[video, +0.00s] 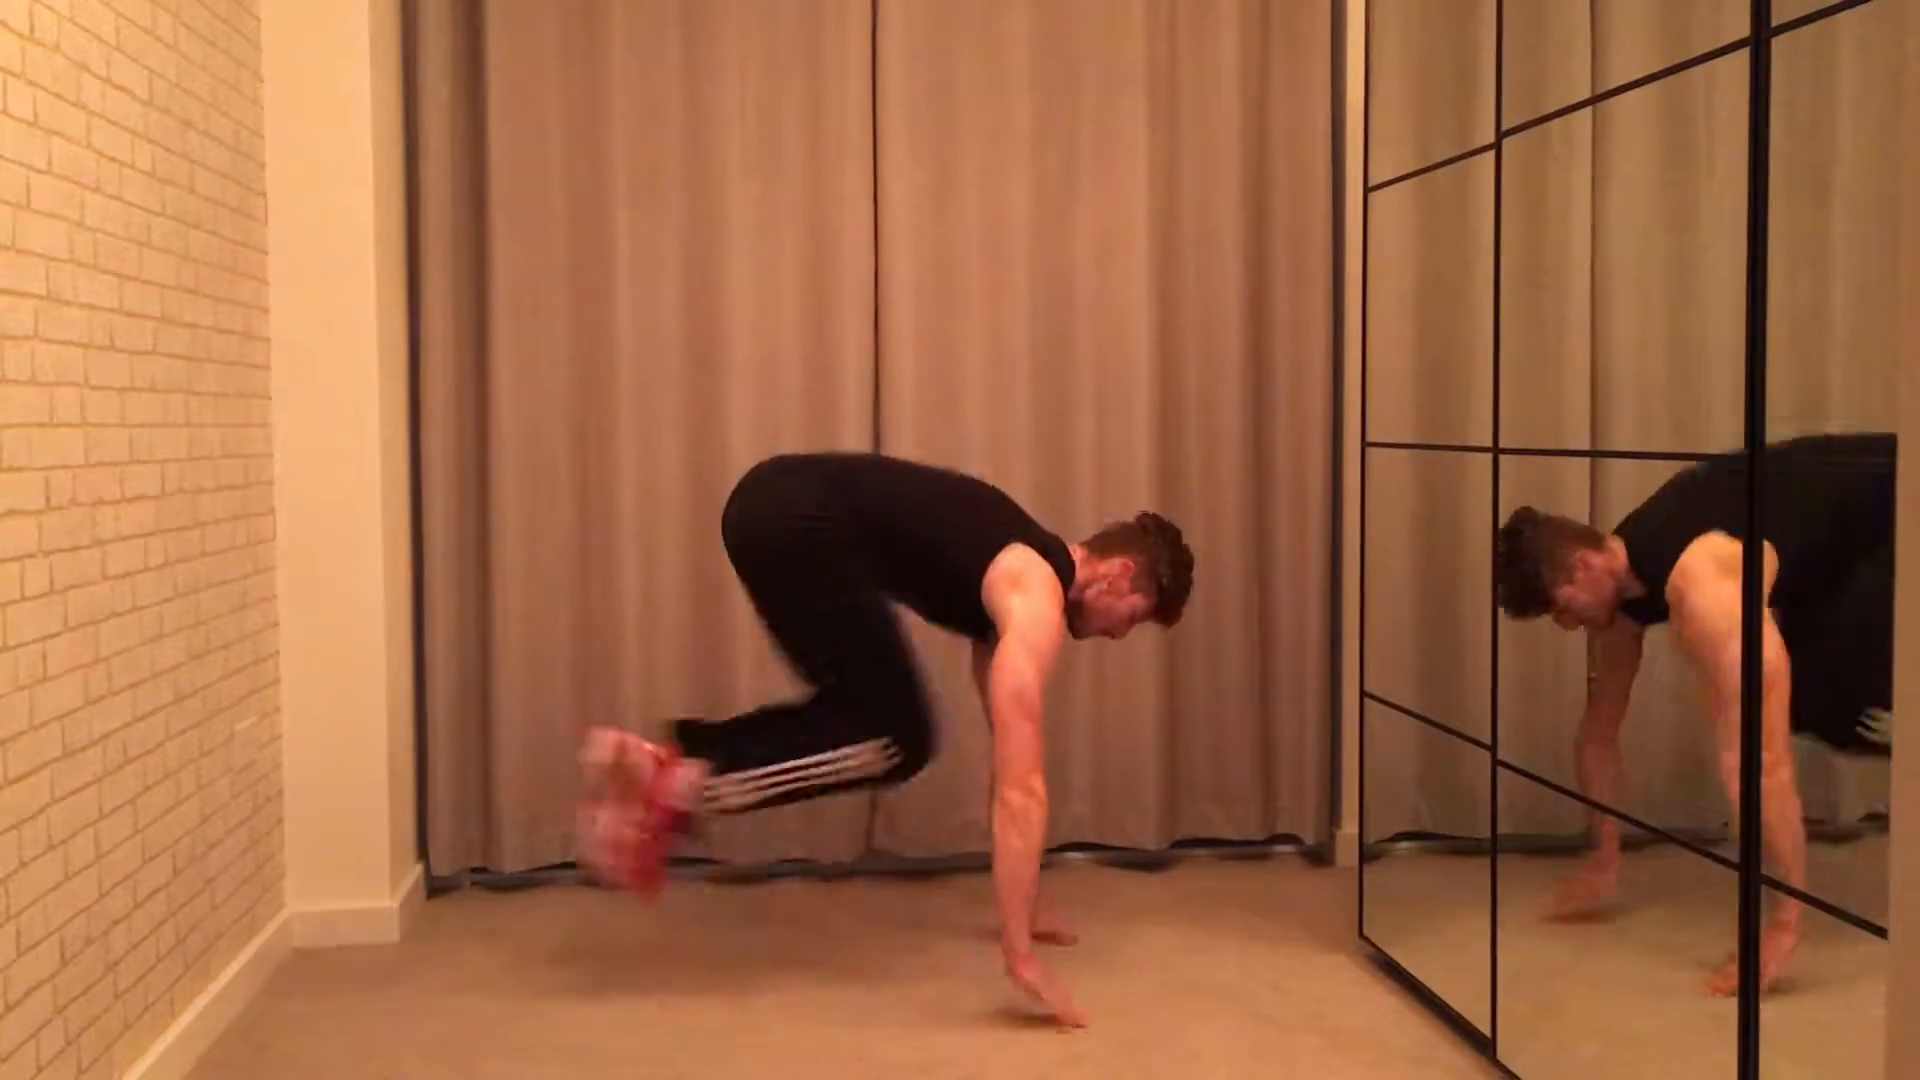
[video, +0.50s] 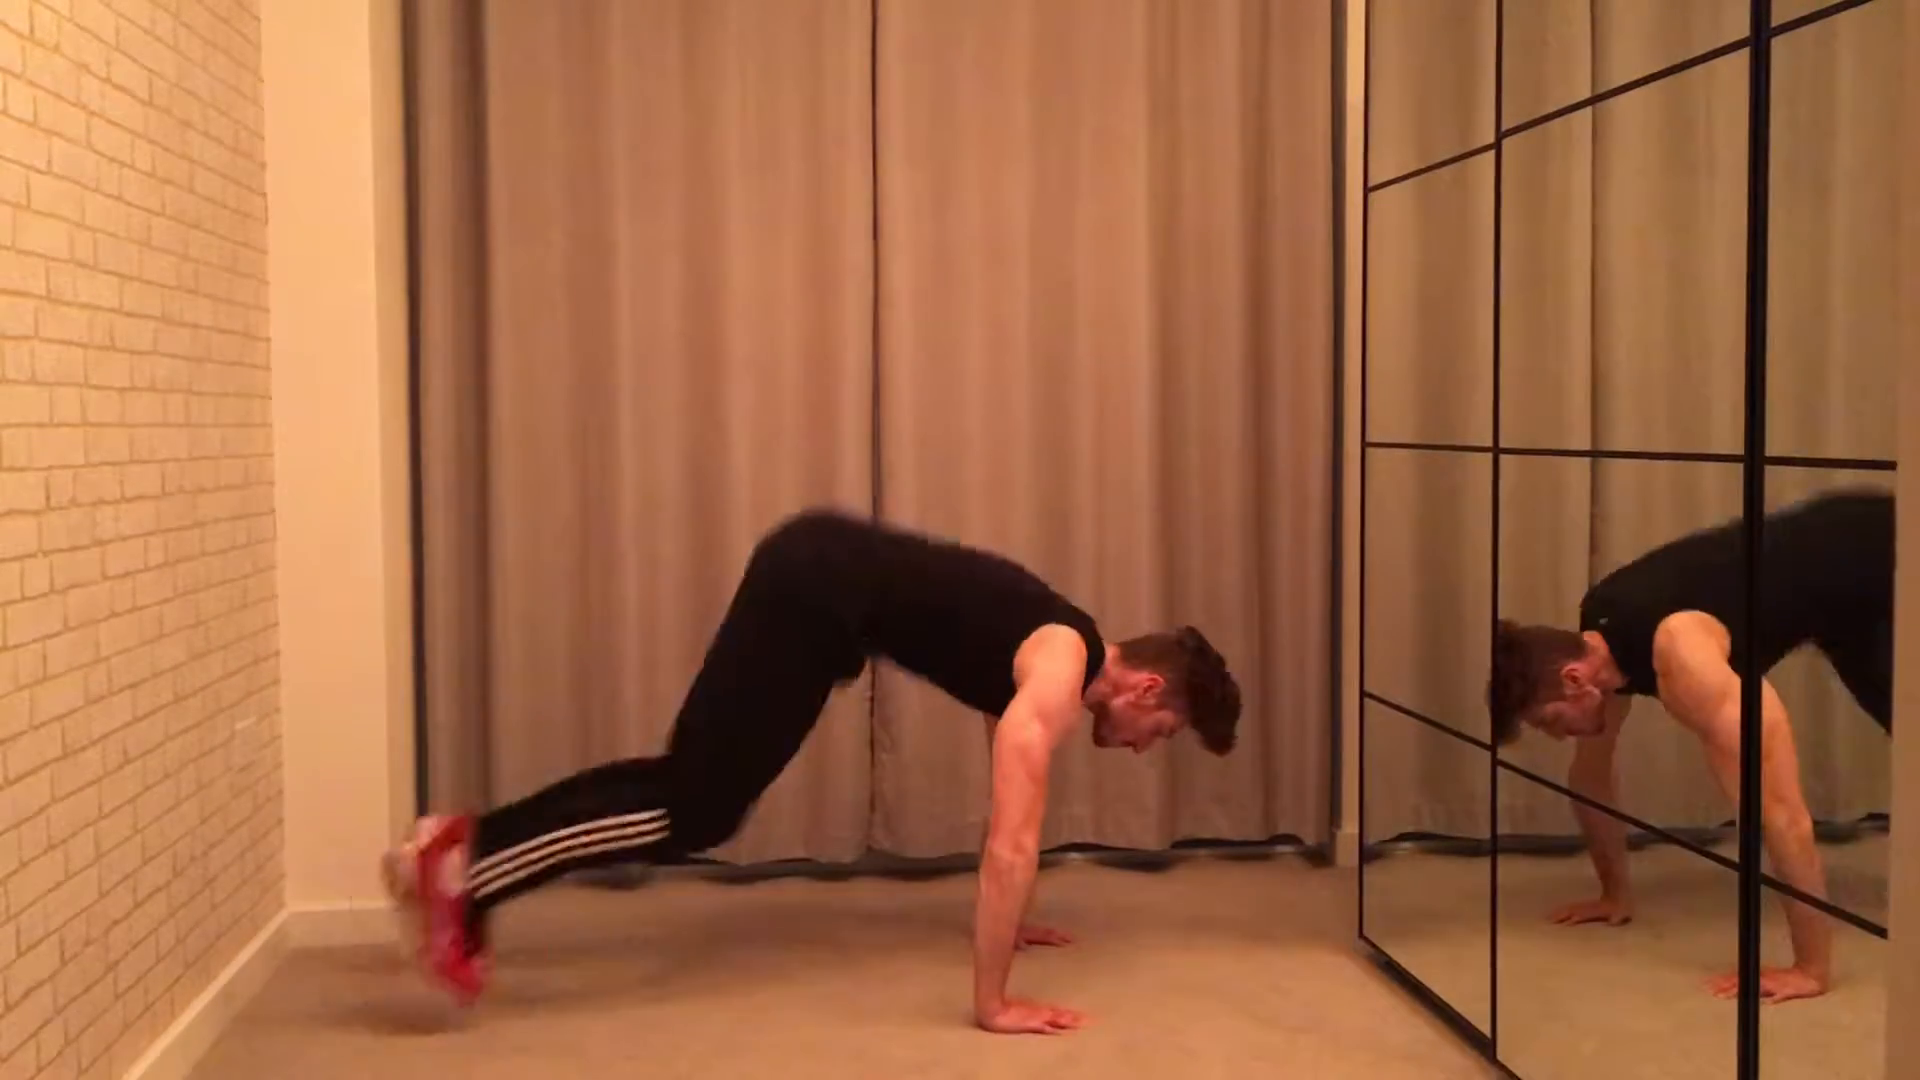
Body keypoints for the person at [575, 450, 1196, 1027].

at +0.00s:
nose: (1123, 632)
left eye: (1139, 624)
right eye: (1137, 614)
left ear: (1106, 568)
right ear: (1116, 576)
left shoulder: (1018, 587)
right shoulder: (1033, 601)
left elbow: (1014, 773)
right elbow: (1019, 789)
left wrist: (1024, 906)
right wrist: (1018, 958)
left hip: (783, 513)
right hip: (793, 523)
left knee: (868, 713)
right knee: (896, 738)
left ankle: (658, 758)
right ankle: (676, 787)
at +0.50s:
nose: (1145, 744)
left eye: (1163, 737)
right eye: (1162, 728)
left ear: (1141, 675)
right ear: (1144, 684)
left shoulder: (1061, 653)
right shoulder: (1051, 671)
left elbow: (1014, 819)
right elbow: (1010, 839)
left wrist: (1017, 921)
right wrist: (991, 1003)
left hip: (818, 580)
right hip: (814, 588)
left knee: (687, 788)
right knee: (696, 810)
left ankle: (465, 846)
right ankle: (463, 882)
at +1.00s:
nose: (1129, 411)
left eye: (1133, 392)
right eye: (1127, 388)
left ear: (1080, 374)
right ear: (1088, 374)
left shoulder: (1007, 443)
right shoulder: (1017, 465)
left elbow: (1009, 643)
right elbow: (1011, 656)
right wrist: (1020, 821)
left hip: (813, 590)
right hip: (818, 600)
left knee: (970, 736)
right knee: (986, 746)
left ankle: (874, 913)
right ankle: (888, 955)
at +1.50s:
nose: (1104, 99)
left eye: (1113, 83)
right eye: (1108, 75)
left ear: (1063, 47)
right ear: (1068, 44)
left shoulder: (999, 118)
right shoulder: (993, 122)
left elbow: (887, 238)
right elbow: (878, 234)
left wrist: (814, 364)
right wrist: (807, 365)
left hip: (925, 371)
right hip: (908, 373)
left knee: (953, 604)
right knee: (948, 606)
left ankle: (951, 829)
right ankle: (938, 842)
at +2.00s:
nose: (1106, 594)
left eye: (1115, 577)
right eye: (1108, 573)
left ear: (1061, 554)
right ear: (1066, 555)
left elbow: (882, 719)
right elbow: (926, 818)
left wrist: (856, 869)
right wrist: (877, 981)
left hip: (812, 787)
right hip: (832, 805)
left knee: (1036, 712)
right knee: (1059, 740)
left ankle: (943, 908)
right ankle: (971, 949)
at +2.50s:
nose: (636, 710)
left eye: (626, 697)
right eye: (617, 706)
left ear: (586, 737)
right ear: (577, 744)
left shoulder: (625, 801)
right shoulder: (627, 828)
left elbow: (696, 958)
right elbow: (691, 982)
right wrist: (843, 1016)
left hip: (823, 921)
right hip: (837, 958)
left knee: (919, 702)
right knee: (929, 710)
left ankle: (1103, 808)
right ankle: (1157, 801)